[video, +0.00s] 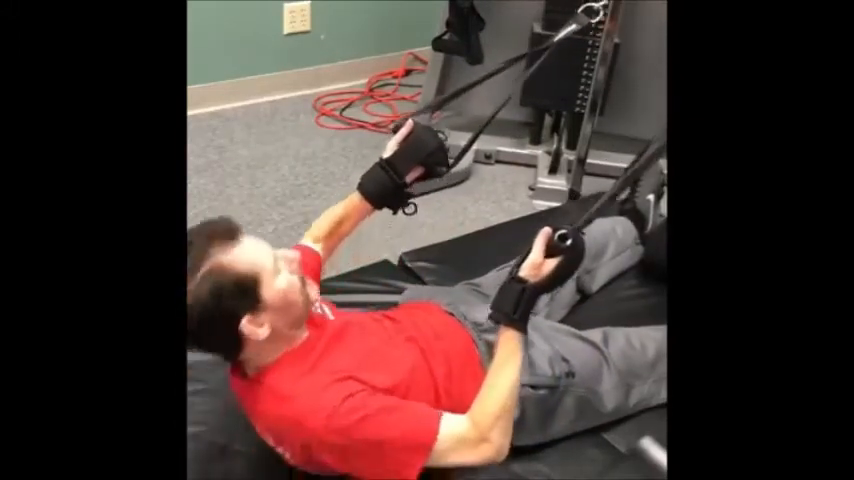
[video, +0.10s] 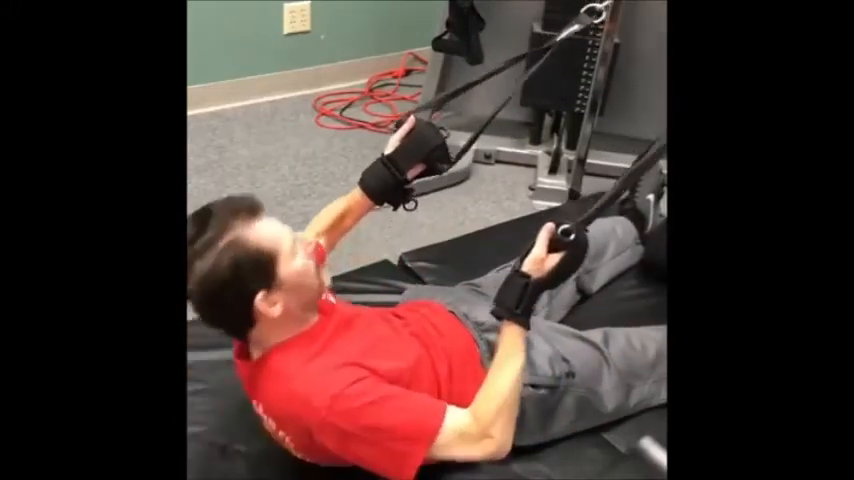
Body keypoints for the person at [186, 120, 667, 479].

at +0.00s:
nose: (292, 268)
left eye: (279, 264)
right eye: (278, 273)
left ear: (256, 320)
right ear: (256, 327)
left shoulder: (281, 304)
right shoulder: (322, 419)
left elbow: (319, 240)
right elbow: (485, 442)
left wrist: (379, 184)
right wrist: (517, 310)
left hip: (455, 307)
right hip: (506, 379)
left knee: (601, 235)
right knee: (657, 350)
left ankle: (638, 219)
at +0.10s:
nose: (309, 243)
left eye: (294, 236)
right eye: (292, 250)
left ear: (269, 303)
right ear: (268, 304)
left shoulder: (278, 303)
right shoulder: (329, 401)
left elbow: (317, 239)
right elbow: (487, 437)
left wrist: (382, 178)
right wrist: (520, 306)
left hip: (455, 309)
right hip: (503, 378)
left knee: (593, 239)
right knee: (653, 352)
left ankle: (638, 217)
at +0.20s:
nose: (319, 227)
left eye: (306, 220)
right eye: (305, 231)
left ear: (278, 286)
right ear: (283, 284)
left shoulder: (273, 302)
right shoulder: (331, 386)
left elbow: (324, 232)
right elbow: (489, 432)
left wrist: (383, 176)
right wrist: (525, 293)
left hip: (458, 307)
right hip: (506, 376)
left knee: (591, 238)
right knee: (656, 351)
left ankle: (638, 218)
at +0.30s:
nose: (337, 212)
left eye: (324, 206)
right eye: (324, 214)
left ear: (287, 264)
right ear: (295, 265)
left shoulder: (271, 295)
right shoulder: (341, 371)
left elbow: (335, 221)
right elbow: (491, 426)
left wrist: (388, 169)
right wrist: (526, 290)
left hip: (451, 308)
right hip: (504, 378)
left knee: (560, 257)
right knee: (655, 353)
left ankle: (635, 220)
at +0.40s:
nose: (352, 202)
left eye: (342, 195)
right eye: (340, 203)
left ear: (299, 245)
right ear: (308, 246)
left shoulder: (271, 278)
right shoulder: (348, 356)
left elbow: (324, 230)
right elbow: (494, 420)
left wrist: (384, 172)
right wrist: (527, 284)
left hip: (451, 305)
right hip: (504, 375)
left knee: (558, 256)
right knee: (659, 350)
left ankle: (638, 222)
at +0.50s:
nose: (369, 190)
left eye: (359, 181)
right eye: (358, 190)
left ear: (311, 231)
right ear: (323, 230)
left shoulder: (282, 259)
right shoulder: (352, 338)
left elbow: (331, 221)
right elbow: (495, 408)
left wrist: (391, 166)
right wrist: (528, 273)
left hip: (450, 305)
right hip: (496, 376)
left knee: (555, 258)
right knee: (658, 351)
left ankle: (636, 223)